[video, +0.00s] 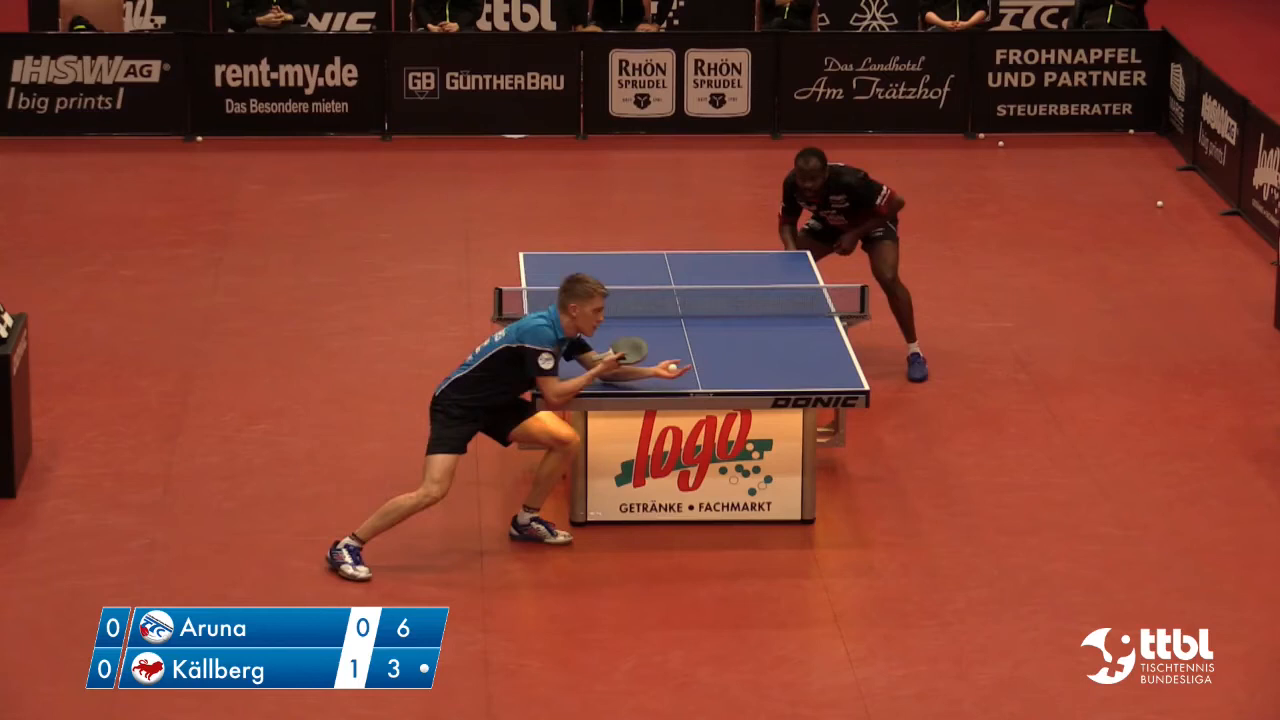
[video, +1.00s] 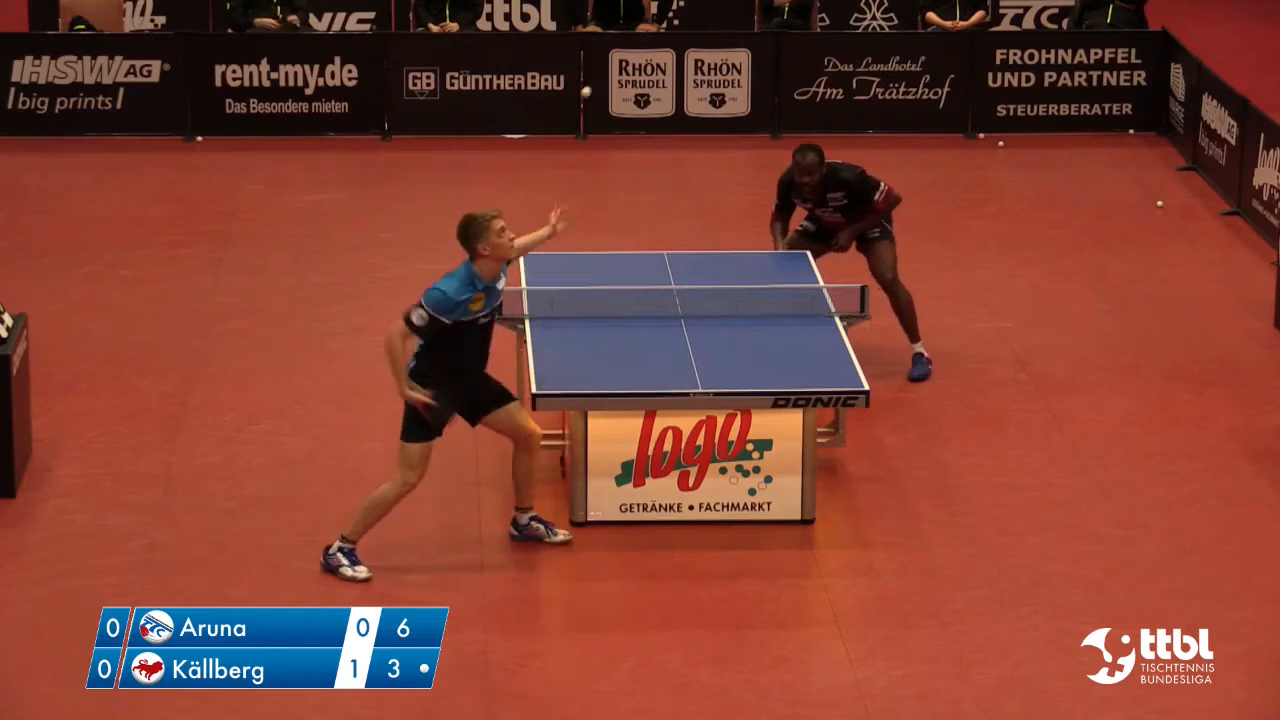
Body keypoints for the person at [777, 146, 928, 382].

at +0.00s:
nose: (808, 185)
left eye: (813, 179)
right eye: (803, 179)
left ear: (825, 173)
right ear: (795, 173)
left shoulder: (850, 180)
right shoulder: (792, 184)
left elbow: (895, 202)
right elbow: (787, 222)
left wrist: (855, 234)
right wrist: (793, 252)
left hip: (872, 220)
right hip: (830, 221)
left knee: (887, 278)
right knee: (791, 264)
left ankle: (914, 351)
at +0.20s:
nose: (807, 185)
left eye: (812, 179)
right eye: (802, 179)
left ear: (825, 173)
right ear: (795, 173)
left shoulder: (850, 180)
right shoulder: (792, 185)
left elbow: (895, 201)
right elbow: (785, 223)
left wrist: (855, 234)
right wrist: (792, 251)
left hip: (872, 221)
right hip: (829, 221)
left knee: (886, 279)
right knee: (789, 264)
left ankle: (919, 352)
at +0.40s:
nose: (812, 188)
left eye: (818, 182)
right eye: (807, 183)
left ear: (829, 176)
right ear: (800, 177)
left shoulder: (855, 184)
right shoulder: (798, 188)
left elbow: (900, 208)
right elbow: (792, 223)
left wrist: (859, 240)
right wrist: (793, 252)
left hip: (878, 225)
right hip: (835, 227)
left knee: (888, 283)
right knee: (792, 265)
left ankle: (919, 353)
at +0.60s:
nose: (813, 189)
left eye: (818, 183)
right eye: (808, 183)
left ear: (830, 176)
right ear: (801, 178)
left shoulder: (856, 184)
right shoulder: (799, 188)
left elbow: (901, 207)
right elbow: (795, 223)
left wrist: (862, 240)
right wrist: (796, 252)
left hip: (879, 226)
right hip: (838, 227)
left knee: (889, 283)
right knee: (795, 266)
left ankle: (919, 353)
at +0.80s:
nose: (808, 187)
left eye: (814, 181)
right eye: (803, 181)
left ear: (826, 175)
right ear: (796, 176)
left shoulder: (851, 183)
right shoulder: (793, 188)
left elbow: (897, 205)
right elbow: (786, 226)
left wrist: (857, 239)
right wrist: (790, 252)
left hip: (873, 226)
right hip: (829, 228)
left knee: (886, 282)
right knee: (789, 265)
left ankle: (919, 353)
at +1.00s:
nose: (804, 180)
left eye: (810, 174)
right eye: (799, 174)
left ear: (822, 169)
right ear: (793, 169)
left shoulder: (848, 177)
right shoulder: (788, 182)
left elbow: (891, 199)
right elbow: (779, 217)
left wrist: (852, 232)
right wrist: (780, 243)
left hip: (868, 221)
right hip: (823, 223)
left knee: (887, 278)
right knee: (783, 261)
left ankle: (919, 352)